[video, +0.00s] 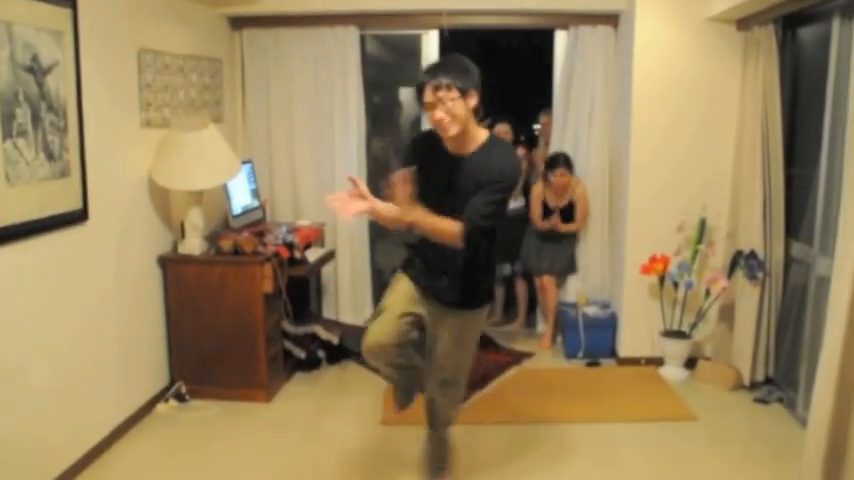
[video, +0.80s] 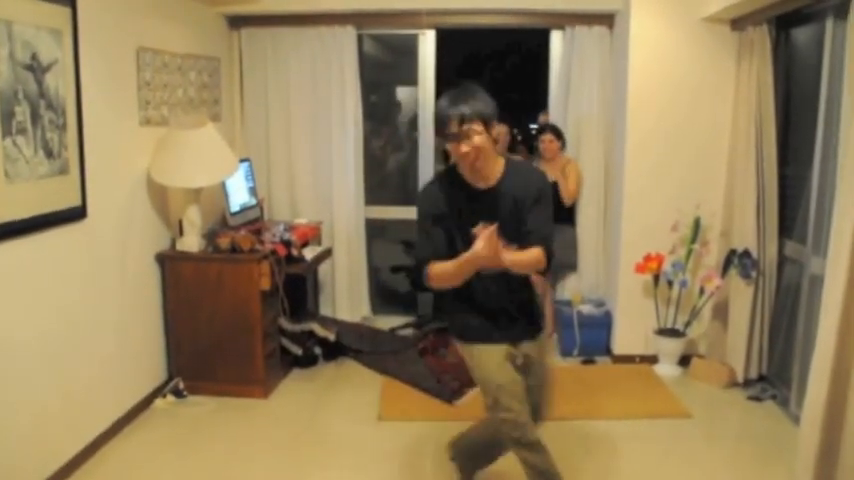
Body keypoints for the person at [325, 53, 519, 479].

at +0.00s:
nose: (438, 116)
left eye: (446, 103)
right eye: (430, 107)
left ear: (472, 100)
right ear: (424, 110)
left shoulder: (501, 161)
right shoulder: (424, 147)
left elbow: (468, 234)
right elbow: (414, 217)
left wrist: (402, 213)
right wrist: (377, 204)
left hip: (465, 292)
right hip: (419, 272)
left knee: (444, 385)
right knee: (378, 344)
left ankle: (437, 457)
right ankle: (412, 374)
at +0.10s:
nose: (417, 139)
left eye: (423, 127)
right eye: (411, 131)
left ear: (452, 117)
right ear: (407, 129)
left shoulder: (483, 180)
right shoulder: (422, 163)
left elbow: (445, 256)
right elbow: (404, 222)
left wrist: (380, 238)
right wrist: (370, 224)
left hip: (452, 312)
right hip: (409, 291)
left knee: (414, 393)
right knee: (368, 349)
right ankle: (447, 376)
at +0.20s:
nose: (409, 158)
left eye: (414, 146)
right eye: (403, 150)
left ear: (442, 136)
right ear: (401, 148)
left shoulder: (477, 197)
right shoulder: (426, 181)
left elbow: (438, 274)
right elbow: (406, 242)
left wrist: (367, 259)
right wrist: (357, 242)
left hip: (459, 312)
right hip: (421, 297)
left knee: (415, 389)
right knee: (386, 362)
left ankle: (377, 458)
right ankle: (473, 416)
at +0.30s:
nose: (410, 157)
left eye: (414, 144)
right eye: (402, 151)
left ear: (440, 135)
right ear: (397, 153)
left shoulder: (477, 190)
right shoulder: (421, 183)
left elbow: (448, 268)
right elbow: (412, 246)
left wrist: (379, 266)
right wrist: (356, 251)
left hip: (475, 307)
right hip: (437, 300)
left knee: (428, 386)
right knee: (430, 384)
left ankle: (386, 455)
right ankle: (498, 449)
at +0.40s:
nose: (418, 142)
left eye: (425, 130)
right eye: (410, 135)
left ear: (448, 126)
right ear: (404, 139)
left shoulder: (492, 171)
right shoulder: (421, 187)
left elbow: (485, 243)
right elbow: (433, 252)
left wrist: (414, 229)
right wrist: (392, 243)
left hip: (503, 295)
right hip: (460, 297)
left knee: (452, 374)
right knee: (477, 384)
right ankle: (520, 459)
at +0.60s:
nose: (437, 124)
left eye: (443, 110)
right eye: (426, 116)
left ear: (465, 105)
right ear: (418, 122)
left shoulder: (514, 148)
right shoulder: (427, 177)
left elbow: (536, 221)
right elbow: (464, 251)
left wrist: (490, 199)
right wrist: (462, 227)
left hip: (523, 285)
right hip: (473, 298)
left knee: (537, 376)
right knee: (500, 401)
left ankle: (516, 428)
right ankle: (535, 474)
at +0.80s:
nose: (462, 149)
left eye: (468, 136)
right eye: (452, 140)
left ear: (491, 131)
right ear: (443, 144)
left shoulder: (532, 182)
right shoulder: (436, 195)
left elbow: (543, 255)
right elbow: (428, 276)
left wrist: (503, 258)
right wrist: (475, 258)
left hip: (529, 318)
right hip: (475, 323)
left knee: (532, 414)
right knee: (516, 421)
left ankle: (466, 453)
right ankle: (547, 475)